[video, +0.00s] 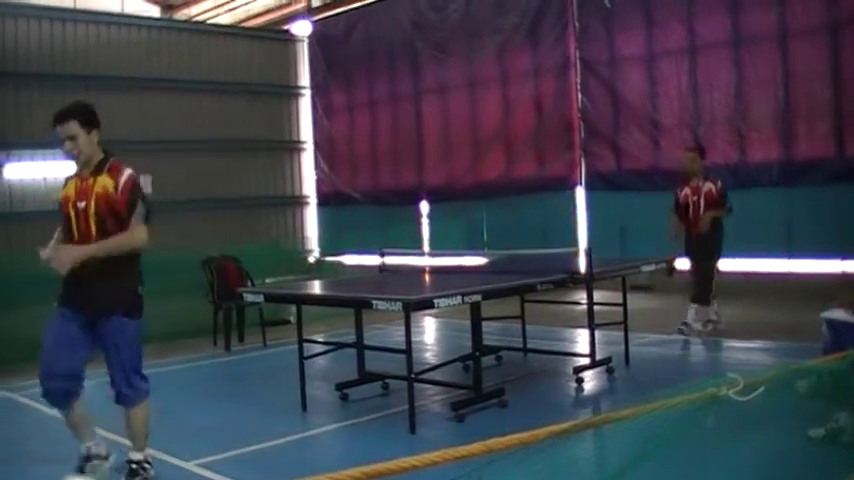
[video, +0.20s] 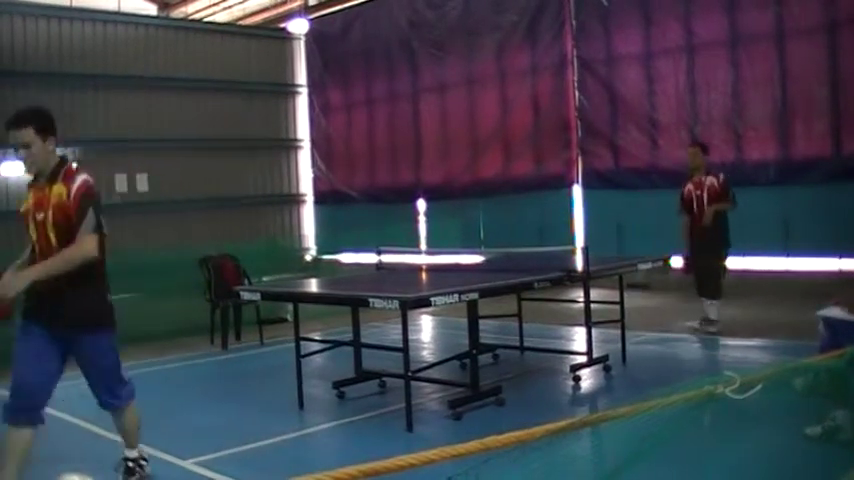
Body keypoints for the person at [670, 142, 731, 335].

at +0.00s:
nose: (688, 165)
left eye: (693, 161)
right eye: (687, 161)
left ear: (701, 163)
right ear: (684, 163)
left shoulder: (714, 186)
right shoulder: (682, 190)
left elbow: (724, 209)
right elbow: (679, 215)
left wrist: (709, 214)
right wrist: (680, 227)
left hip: (711, 235)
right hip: (692, 235)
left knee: (703, 273)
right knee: (701, 273)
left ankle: (693, 315)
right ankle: (711, 312)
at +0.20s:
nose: (693, 159)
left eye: (696, 155)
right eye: (690, 155)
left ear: (704, 157)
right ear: (689, 158)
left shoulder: (717, 180)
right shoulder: (687, 187)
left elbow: (729, 203)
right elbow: (687, 218)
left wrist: (712, 208)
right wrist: (687, 248)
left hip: (715, 238)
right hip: (697, 239)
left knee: (712, 275)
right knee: (701, 276)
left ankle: (713, 318)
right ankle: (707, 317)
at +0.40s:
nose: (703, 158)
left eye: (707, 154)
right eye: (701, 154)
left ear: (715, 157)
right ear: (698, 157)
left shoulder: (728, 180)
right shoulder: (698, 185)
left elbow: (738, 206)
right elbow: (695, 212)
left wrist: (719, 206)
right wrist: (696, 239)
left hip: (725, 237)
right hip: (704, 238)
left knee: (730, 271)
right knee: (705, 274)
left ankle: (748, 312)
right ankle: (710, 314)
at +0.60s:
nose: (718, 159)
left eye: (723, 155)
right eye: (717, 155)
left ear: (731, 157)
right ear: (714, 159)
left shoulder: (743, 181)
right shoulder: (710, 184)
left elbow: (751, 206)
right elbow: (707, 215)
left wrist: (733, 205)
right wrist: (703, 244)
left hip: (739, 235)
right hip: (716, 237)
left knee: (745, 272)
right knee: (713, 273)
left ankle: (754, 313)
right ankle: (712, 314)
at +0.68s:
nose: (728, 159)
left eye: (732, 155)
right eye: (725, 155)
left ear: (738, 158)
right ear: (721, 159)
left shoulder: (750, 183)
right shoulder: (714, 185)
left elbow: (758, 206)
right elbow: (709, 214)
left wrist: (741, 207)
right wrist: (703, 245)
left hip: (745, 236)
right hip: (722, 236)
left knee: (749, 271)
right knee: (719, 272)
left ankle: (755, 313)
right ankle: (712, 314)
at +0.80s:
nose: (737, 158)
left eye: (741, 153)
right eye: (735, 153)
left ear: (748, 156)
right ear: (730, 156)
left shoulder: (758, 181)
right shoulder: (721, 183)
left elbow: (766, 206)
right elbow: (714, 215)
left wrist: (754, 214)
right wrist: (708, 246)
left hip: (752, 237)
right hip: (728, 237)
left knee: (754, 274)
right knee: (723, 273)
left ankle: (756, 314)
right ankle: (713, 314)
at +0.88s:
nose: (740, 158)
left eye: (744, 154)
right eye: (737, 154)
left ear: (751, 156)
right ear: (733, 156)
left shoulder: (762, 182)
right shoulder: (724, 183)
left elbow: (765, 211)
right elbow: (717, 214)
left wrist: (760, 236)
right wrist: (712, 243)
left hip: (754, 236)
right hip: (731, 235)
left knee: (755, 274)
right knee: (725, 272)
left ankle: (757, 314)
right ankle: (717, 313)